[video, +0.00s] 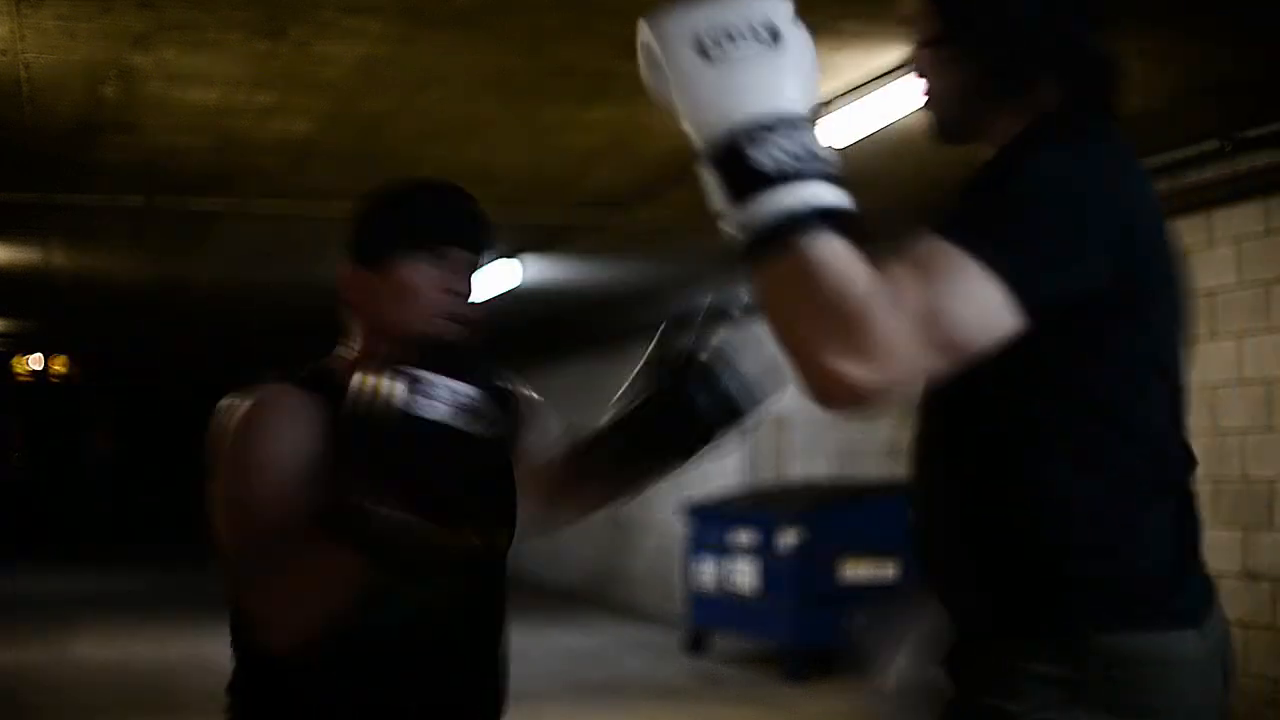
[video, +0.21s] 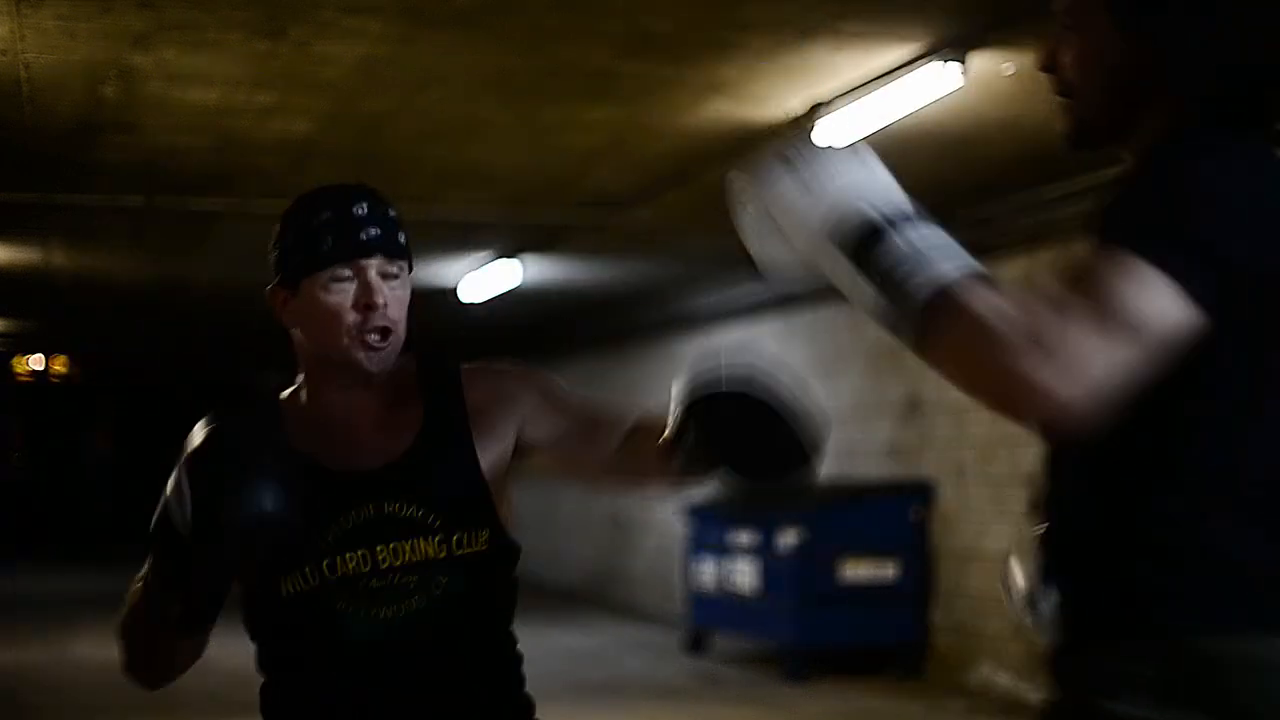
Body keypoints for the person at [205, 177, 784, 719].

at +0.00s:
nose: (461, 288)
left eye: (467, 270)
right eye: (437, 264)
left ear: (474, 285)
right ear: (363, 281)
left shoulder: (494, 413)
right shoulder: (280, 419)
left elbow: (543, 498)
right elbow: (274, 609)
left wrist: (674, 416)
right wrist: (387, 482)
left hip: (458, 709)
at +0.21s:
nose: (375, 304)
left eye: (390, 278)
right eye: (343, 283)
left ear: (411, 289)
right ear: (286, 305)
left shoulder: (492, 400)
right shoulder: (240, 456)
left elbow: (632, 452)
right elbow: (150, 665)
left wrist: (702, 438)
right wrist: (194, 532)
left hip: (479, 710)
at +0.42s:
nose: (352, 278)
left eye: (353, 254)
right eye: (320, 251)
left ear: (360, 262)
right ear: (234, 269)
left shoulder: (376, 397)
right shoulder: (143, 412)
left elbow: (431, 544)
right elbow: (116, 616)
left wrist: (487, 497)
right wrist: (232, 484)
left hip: (357, 708)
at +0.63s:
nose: (366, 224)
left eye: (361, 201)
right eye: (336, 199)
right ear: (250, 220)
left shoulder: (318, 354)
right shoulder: (148, 359)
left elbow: (400, 551)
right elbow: (197, 575)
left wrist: (434, 421)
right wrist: (298, 428)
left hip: (272, 684)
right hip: (137, 690)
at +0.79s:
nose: (349, 273)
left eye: (346, 247)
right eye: (323, 244)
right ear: (235, 262)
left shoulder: (261, 391)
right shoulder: (130, 390)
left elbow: (376, 581)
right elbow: (208, 617)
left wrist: (417, 428)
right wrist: (295, 450)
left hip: (211, 710)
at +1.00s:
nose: (285, 294)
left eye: (280, 271)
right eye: (253, 269)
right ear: (168, 287)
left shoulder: (205, 410)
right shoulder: (65, 413)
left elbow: (256, 627)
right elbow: (111, 644)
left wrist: (321, 500)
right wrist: (215, 505)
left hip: (160, 708)